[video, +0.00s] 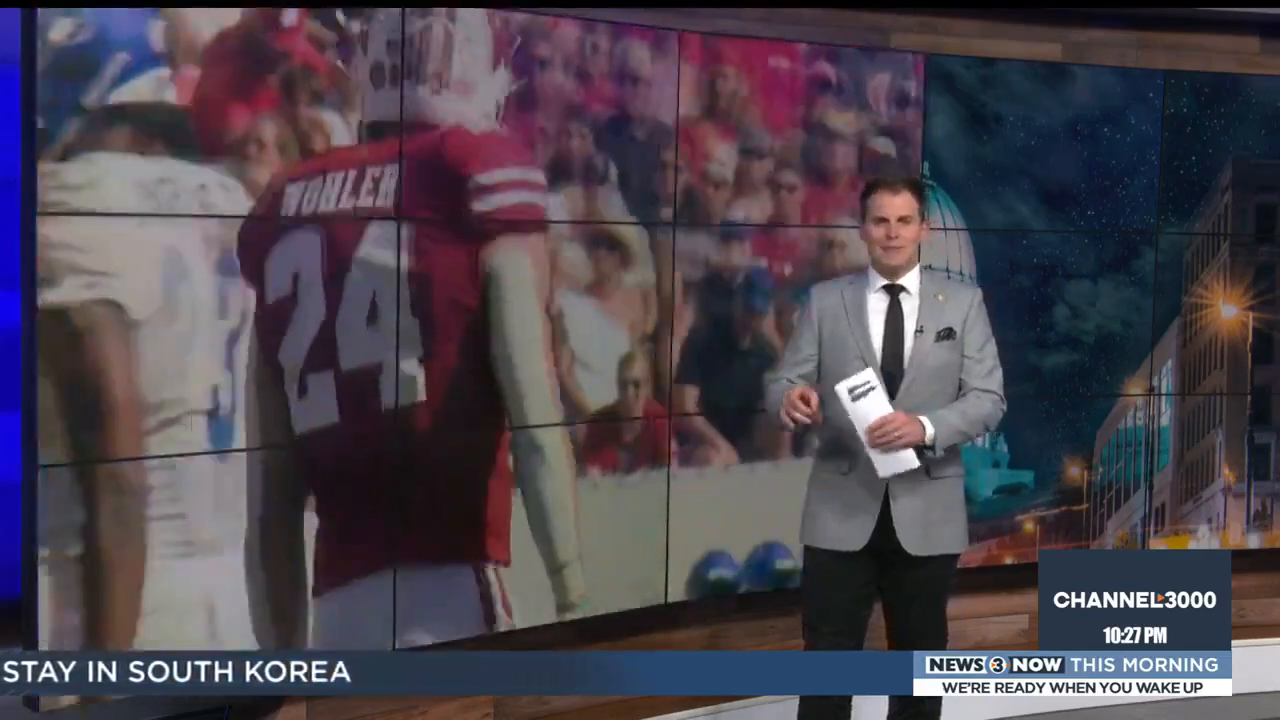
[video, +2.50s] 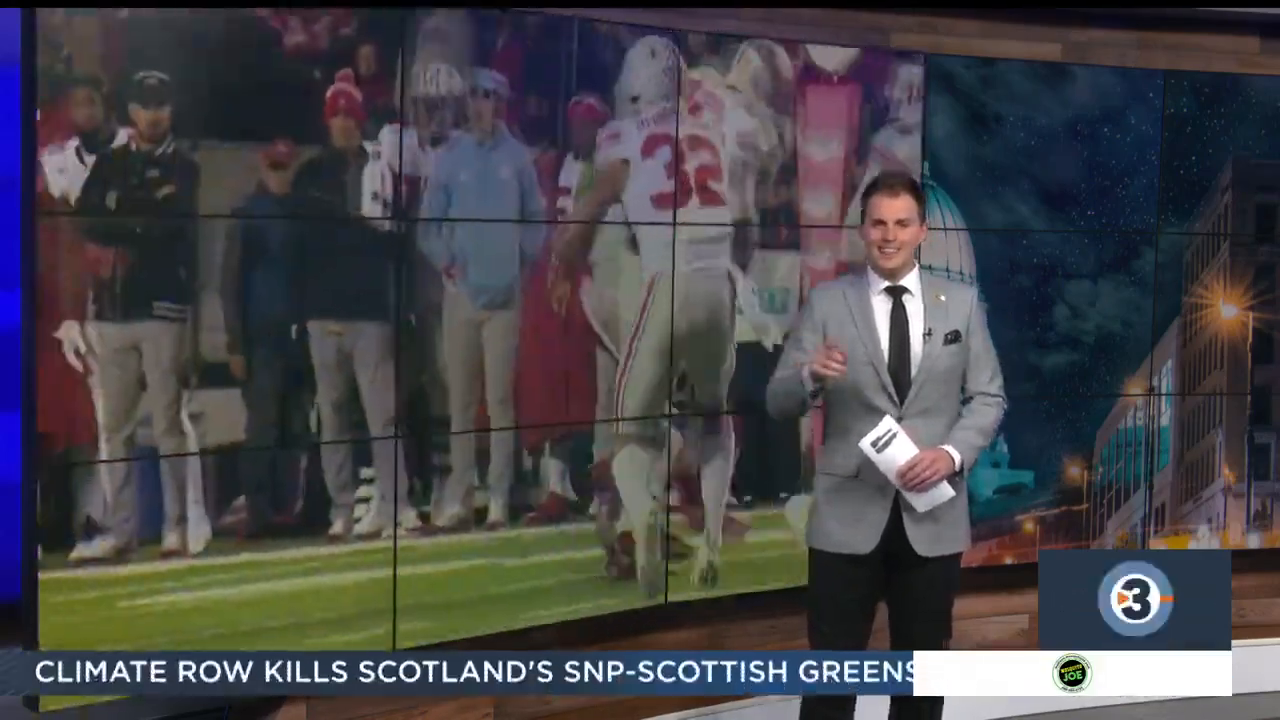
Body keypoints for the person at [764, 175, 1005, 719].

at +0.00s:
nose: (891, 232)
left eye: (904, 221)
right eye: (879, 221)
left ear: (923, 228)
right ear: (863, 229)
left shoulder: (962, 300)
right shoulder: (825, 300)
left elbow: (988, 399)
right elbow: (782, 379)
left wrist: (926, 426)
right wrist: (790, 398)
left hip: (926, 509)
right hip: (840, 508)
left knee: (921, 668)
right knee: (827, 667)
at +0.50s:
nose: (878, 229)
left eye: (891, 217)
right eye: (866, 217)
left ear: (912, 227)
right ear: (850, 226)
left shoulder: (953, 304)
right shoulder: (813, 302)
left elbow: (974, 405)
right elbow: (782, 388)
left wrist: (912, 439)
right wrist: (779, 411)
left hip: (915, 517)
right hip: (828, 515)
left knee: (913, 672)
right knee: (819, 672)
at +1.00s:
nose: (874, 231)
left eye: (887, 219)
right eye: (862, 219)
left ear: (906, 227)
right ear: (843, 228)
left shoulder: (948, 304)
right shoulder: (807, 303)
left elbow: (971, 403)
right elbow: (777, 391)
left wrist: (913, 439)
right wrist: (782, 412)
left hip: (914, 515)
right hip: (828, 515)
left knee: (914, 673)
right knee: (819, 673)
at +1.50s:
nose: (877, 234)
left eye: (889, 221)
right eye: (865, 222)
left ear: (910, 228)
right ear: (849, 230)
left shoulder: (953, 303)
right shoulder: (812, 302)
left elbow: (973, 401)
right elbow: (779, 390)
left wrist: (923, 441)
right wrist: (788, 412)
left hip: (920, 515)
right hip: (834, 513)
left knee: (917, 672)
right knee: (822, 672)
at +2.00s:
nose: (883, 236)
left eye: (896, 223)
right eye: (871, 224)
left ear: (916, 229)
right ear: (855, 230)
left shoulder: (959, 302)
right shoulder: (821, 302)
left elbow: (983, 399)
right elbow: (786, 392)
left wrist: (937, 444)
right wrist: (800, 415)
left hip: (928, 515)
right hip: (842, 515)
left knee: (922, 673)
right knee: (828, 673)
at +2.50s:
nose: (887, 234)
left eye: (901, 223)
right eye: (876, 222)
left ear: (922, 230)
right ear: (862, 230)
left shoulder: (961, 301)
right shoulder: (825, 302)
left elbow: (987, 398)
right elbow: (777, 402)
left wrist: (952, 453)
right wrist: (809, 376)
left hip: (931, 514)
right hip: (846, 512)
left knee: (924, 674)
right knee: (831, 674)